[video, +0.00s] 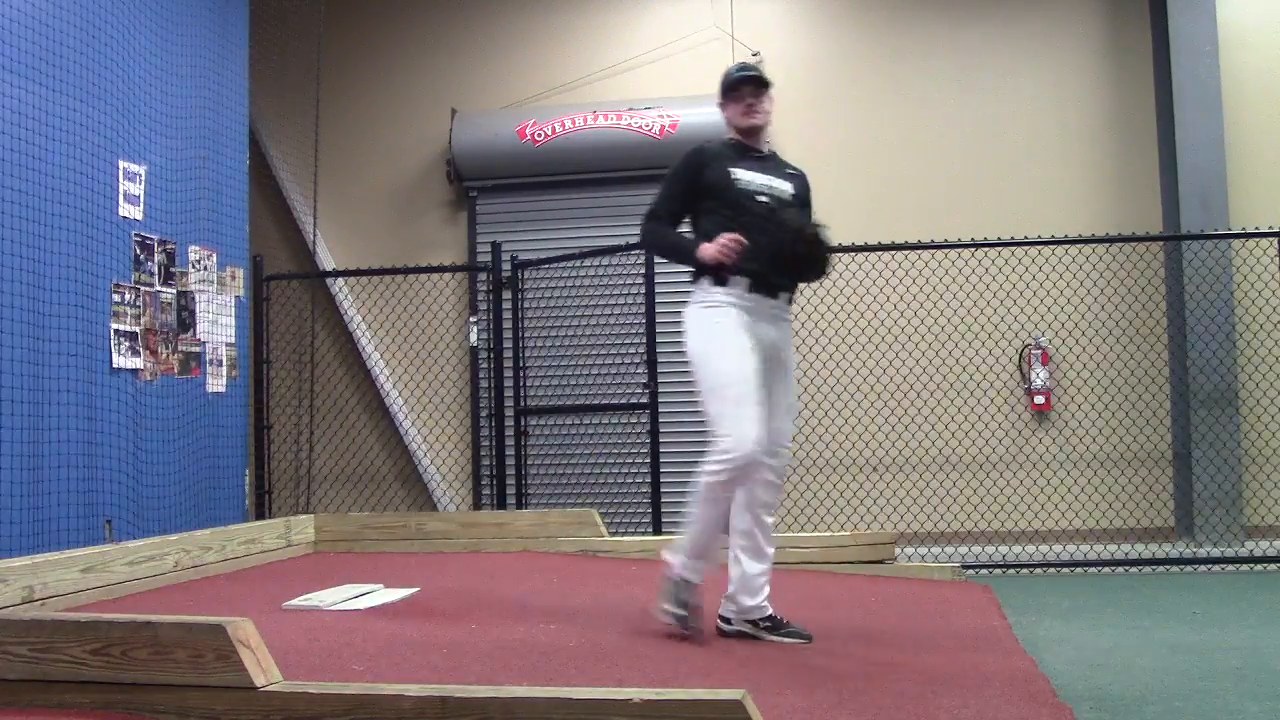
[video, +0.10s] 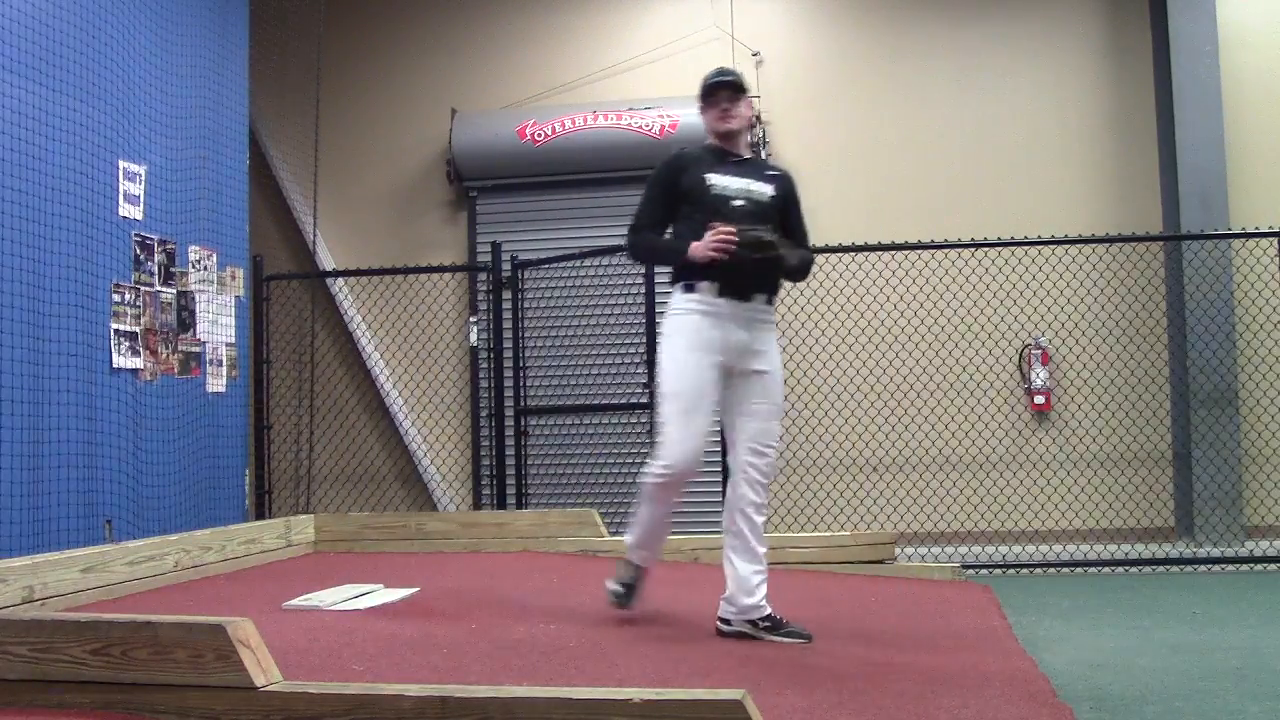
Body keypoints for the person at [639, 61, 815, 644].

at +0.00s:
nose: (751, 105)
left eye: (758, 96)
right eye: (740, 98)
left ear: (772, 104)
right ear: (723, 108)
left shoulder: (793, 179)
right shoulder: (703, 159)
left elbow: (810, 263)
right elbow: (653, 231)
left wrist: (807, 251)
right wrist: (699, 250)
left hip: (775, 319)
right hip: (719, 309)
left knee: (770, 460)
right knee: (740, 445)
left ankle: (746, 606)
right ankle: (683, 575)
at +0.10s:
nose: (725, 111)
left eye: (733, 102)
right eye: (715, 105)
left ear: (750, 108)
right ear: (702, 114)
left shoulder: (777, 181)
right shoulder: (681, 165)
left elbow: (801, 263)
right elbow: (639, 241)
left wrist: (768, 249)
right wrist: (692, 249)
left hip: (758, 327)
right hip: (694, 321)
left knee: (755, 465)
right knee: (680, 455)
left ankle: (744, 606)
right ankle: (636, 559)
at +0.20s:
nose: (697, 113)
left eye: (706, 105)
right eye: (688, 107)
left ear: (725, 113)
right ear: (677, 119)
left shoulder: (754, 185)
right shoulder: (652, 178)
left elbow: (783, 265)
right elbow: (618, 251)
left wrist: (736, 258)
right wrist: (669, 251)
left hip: (735, 334)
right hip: (666, 330)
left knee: (742, 468)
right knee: (628, 464)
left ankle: (742, 606)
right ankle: (615, 561)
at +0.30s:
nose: (666, 119)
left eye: (675, 110)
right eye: (657, 112)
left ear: (695, 119)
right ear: (646, 123)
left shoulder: (727, 186)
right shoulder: (626, 183)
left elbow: (752, 267)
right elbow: (592, 258)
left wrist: (708, 252)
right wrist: (629, 246)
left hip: (702, 337)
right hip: (633, 334)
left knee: (722, 464)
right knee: (611, 464)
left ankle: (740, 605)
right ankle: (615, 579)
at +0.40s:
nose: (635, 123)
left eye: (645, 114)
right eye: (627, 115)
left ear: (667, 122)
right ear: (618, 126)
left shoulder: (694, 189)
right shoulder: (597, 192)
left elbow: (716, 269)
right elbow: (568, 271)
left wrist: (666, 241)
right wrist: (592, 246)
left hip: (670, 339)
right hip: (603, 335)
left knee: (698, 460)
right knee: (605, 464)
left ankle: (733, 600)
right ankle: (617, 581)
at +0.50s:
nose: (609, 122)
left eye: (618, 113)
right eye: (601, 116)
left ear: (639, 120)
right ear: (592, 126)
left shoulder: (667, 185)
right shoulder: (577, 186)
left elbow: (689, 264)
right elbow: (547, 271)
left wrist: (649, 231)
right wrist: (556, 257)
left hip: (644, 336)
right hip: (582, 334)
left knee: (666, 456)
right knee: (596, 465)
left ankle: (708, 591)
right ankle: (618, 580)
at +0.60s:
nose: (585, 119)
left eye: (596, 110)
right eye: (577, 112)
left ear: (618, 118)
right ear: (567, 123)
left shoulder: (642, 178)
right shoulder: (557, 183)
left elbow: (661, 247)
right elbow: (537, 263)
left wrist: (615, 198)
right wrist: (533, 262)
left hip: (626, 329)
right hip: (566, 331)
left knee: (629, 446)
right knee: (590, 459)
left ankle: (660, 589)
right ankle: (616, 577)